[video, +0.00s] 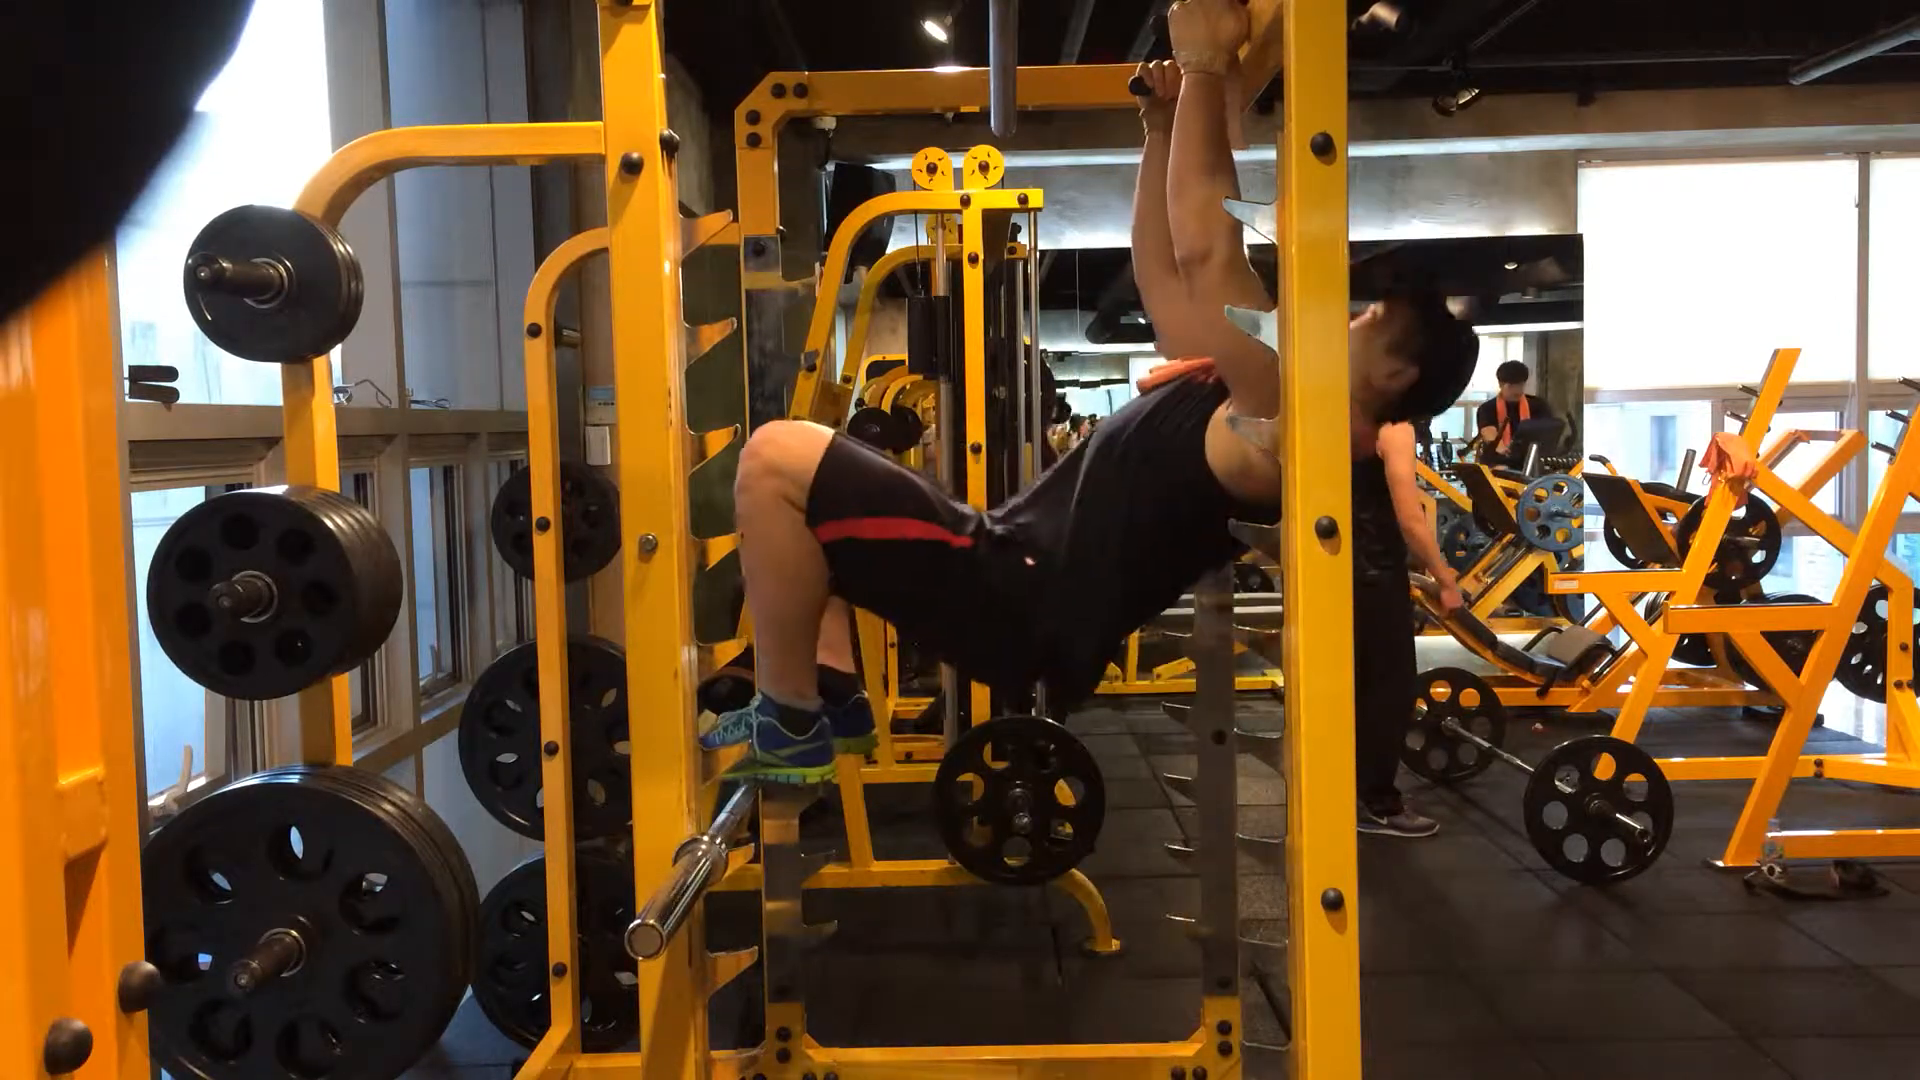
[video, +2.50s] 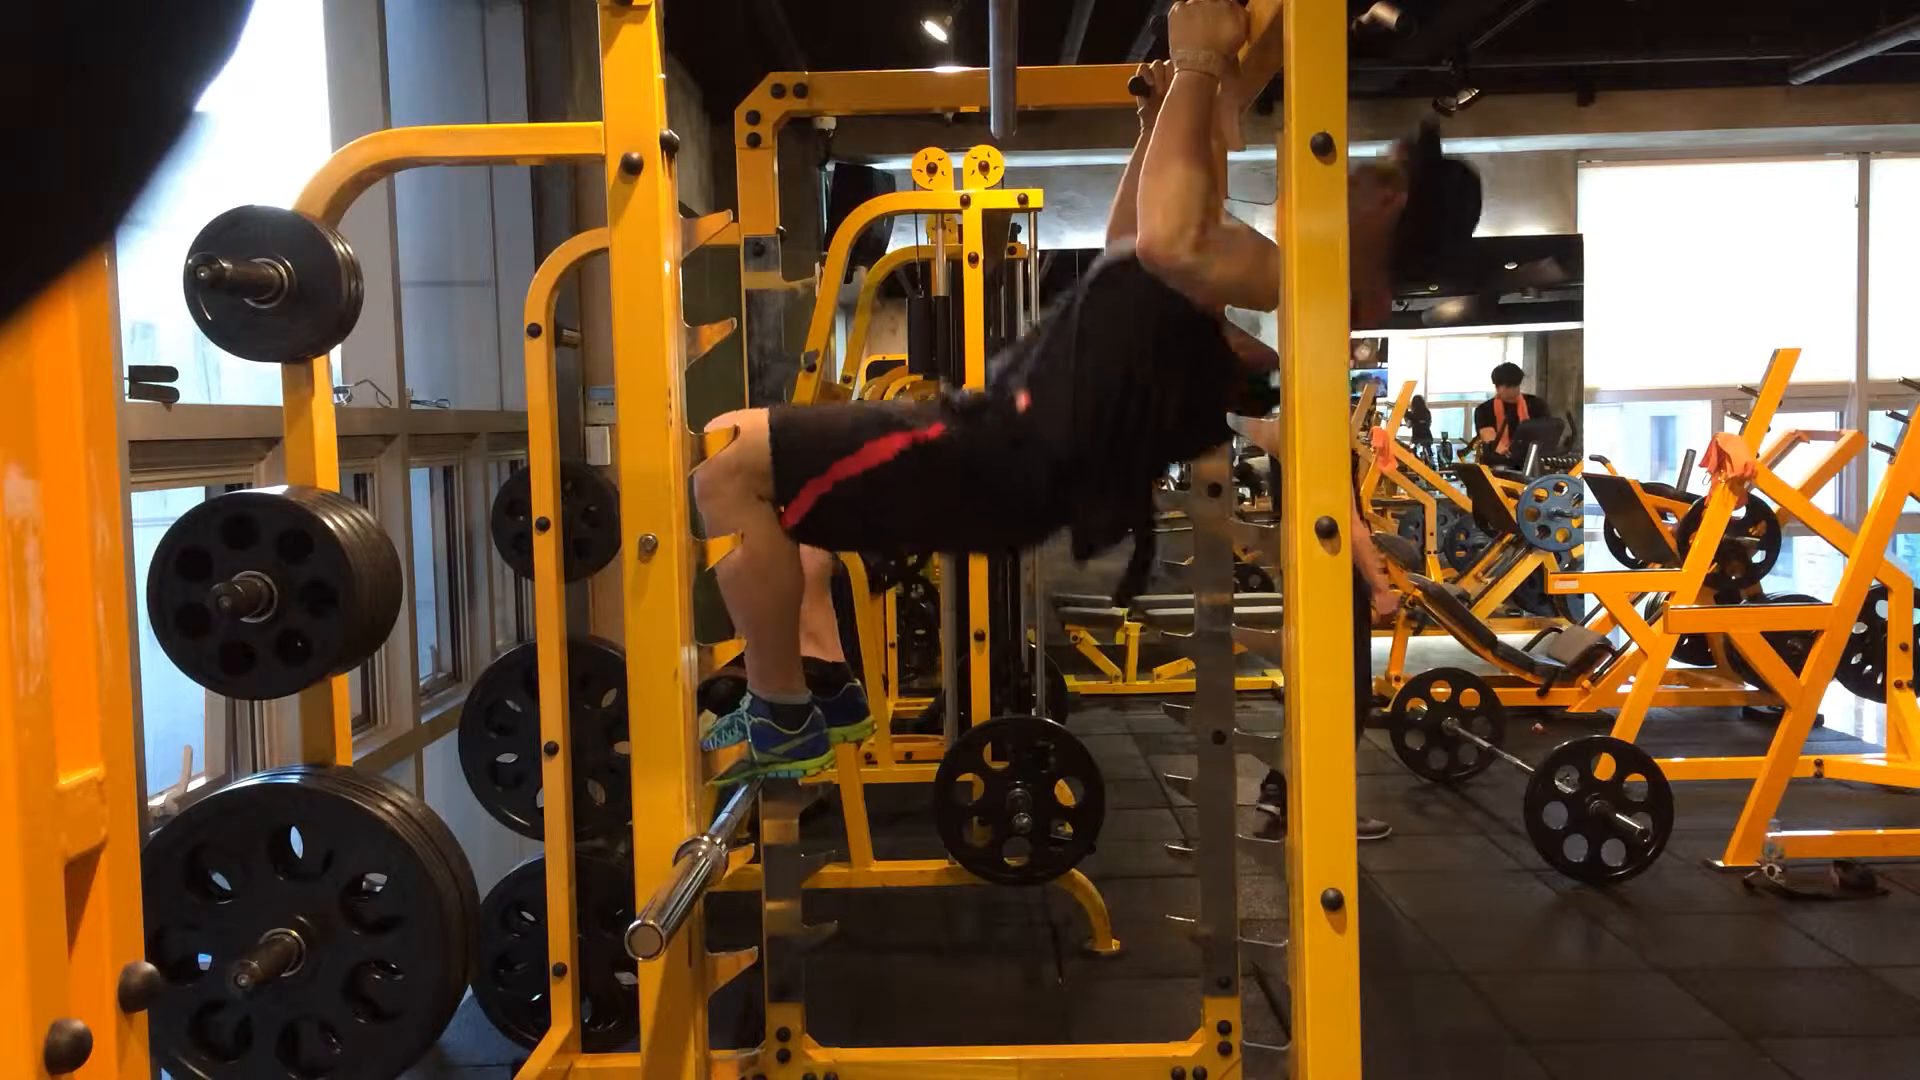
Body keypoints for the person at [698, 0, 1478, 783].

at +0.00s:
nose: (1342, 316)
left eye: (1366, 316)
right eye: (1360, 307)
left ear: (1387, 357)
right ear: (1374, 344)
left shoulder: (1302, 424)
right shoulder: (1271, 400)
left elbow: (1208, 257)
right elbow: (1165, 291)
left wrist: (1209, 71)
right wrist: (1160, 127)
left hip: (1027, 614)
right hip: (1018, 568)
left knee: (770, 465)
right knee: (803, 452)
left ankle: (788, 718)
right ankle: (828, 687)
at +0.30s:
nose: (1367, 299)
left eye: (1389, 305)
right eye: (1386, 293)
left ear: (1402, 351)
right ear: (1380, 321)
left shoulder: (1309, 412)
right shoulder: (1258, 373)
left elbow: (1212, 261)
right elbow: (1153, 281)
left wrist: (1211, 66)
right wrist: (1155, 130)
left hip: (1019, 552)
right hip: (1003, 512)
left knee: (749, 466)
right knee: (766, 452)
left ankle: (784, 716)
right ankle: (822, 674)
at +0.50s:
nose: (1390, 183)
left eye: (1411, 192)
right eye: (1405, 177)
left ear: (1422, 250)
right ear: (1396, 216)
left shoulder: (1338, 279)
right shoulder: (1329, 271)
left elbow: (1196, 252)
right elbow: (1152, 239)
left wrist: (1212, 72)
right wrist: (1166, 117)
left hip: (1041, 429)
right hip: (1035, 401)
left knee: (746, 465)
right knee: (775, 434)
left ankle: (780, 716)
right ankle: (822, 672)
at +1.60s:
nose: (1387, 104)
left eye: (1417, 121)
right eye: (1396, 92)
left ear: (1423, 188)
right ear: (1369, 99)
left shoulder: (1338, 233)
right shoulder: (1302, 171)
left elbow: (1183, 238)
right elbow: (1178, 172)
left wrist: (1208, 61)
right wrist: (1210, 87)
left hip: (1041, 387)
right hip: (1013, 349)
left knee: (745, 464)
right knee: (750, 434)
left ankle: (781, 717)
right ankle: (823, 676)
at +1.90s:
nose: (1365, 153)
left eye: (1389, 164)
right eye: (1380, 145)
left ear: (1391, 253)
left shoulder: (1331, 283)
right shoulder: (1303, 267)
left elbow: (1187, 246)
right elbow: (1139, 247)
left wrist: (1204, 65)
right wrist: (1173, 106)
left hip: (1024, 454)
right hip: (1011, 423)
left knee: (739, 465)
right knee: (758, 439)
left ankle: (781, 713)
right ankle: (825, 673)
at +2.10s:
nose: (1318, 235)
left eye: (1351, 235)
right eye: (1341, 223)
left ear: (1381, 291)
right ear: (1365, 280)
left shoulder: (1302, 383)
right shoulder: (1256, 340)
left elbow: (1187, 262)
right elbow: (1134, 277)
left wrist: (1199, 73)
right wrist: (1158, 126)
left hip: (1017, 543)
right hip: (1003, 499)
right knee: (762, 440)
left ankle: (780, 713)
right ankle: (826, 675)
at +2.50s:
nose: (1352, 178)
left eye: (1378, 179)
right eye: (1367, 169)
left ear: (1397, 223)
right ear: (1379, 216)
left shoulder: (1316, 290)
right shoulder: (1306, 297)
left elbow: (1179, 245)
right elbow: (1140, 242)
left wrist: (1203, 69)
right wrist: (1176, 97)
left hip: (1003, 464)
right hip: (1010, 444)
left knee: (731, 475)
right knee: (749, 435)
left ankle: (780, 713)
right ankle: (821, 669)